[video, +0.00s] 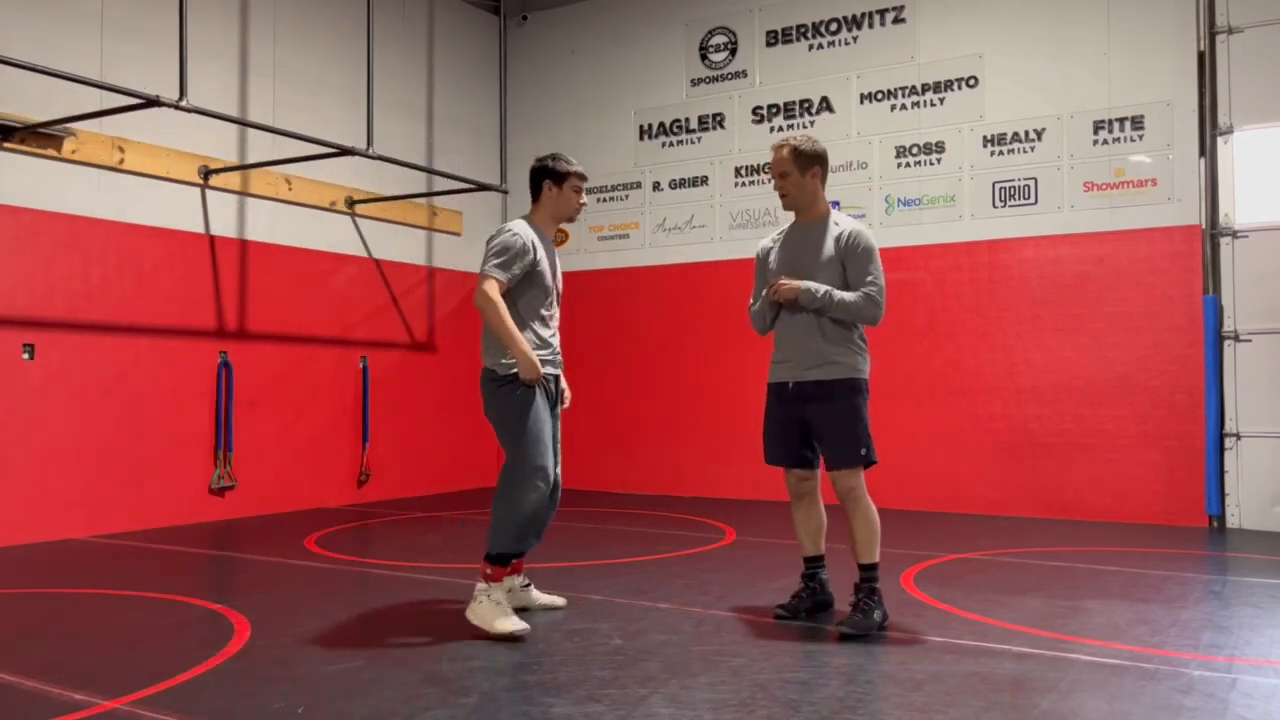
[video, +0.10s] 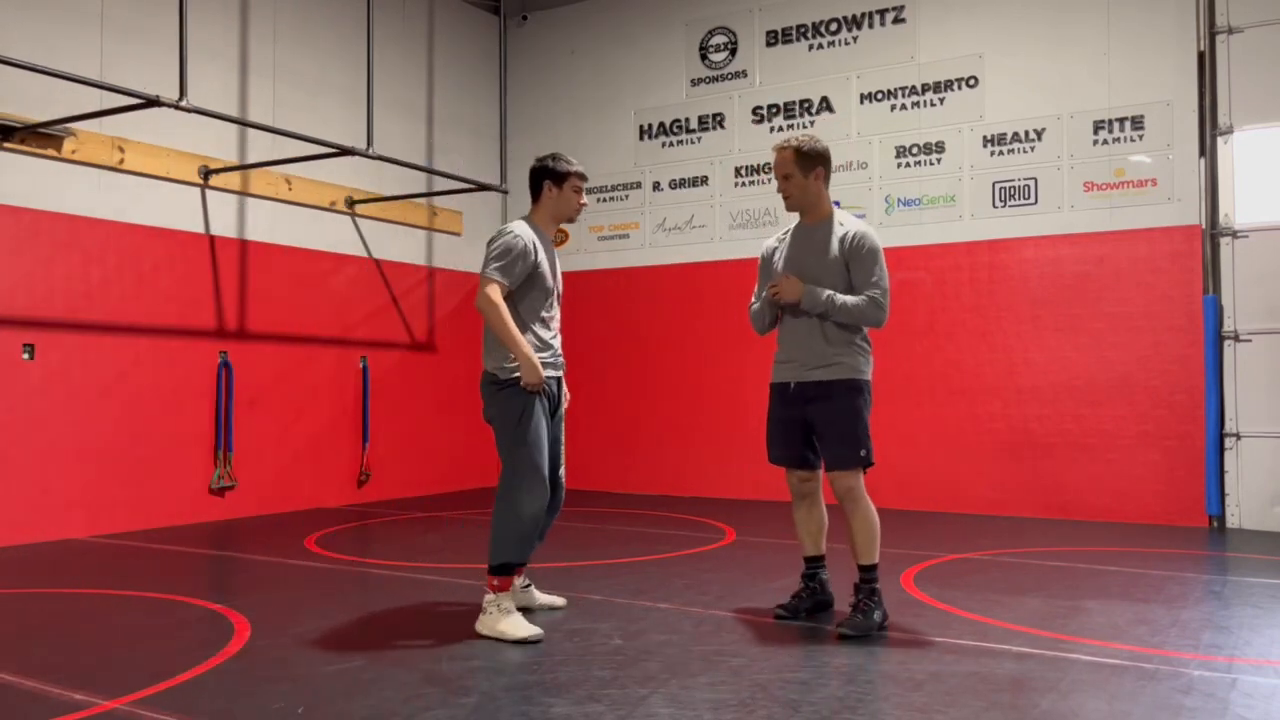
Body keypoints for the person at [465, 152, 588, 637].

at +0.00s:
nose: (583, 199)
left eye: (584, 192)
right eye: (577, 190)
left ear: (558, 193)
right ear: (548, 189)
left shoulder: (547, 249)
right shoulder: (516, 236)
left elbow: (543, 319)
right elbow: (486, 294)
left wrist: (558, 372)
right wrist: (521, 353)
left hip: (541, 381)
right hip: (515, 380)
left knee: (547, 480)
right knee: (530, 475)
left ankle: (511, 580)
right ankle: (487, 591)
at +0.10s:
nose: (584, 199)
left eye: (585, 192)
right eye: (577, 190)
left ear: (557, 194)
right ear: (547, 190)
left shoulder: (546, 248)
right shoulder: (515, 238)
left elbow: (544, 320)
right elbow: (488, 296)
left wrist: (560, 377)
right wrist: (524, 357)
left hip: (545, 385)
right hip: (517, 385)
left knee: (549, 486)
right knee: (525, 485)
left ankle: (513, 583)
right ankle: (494, 605)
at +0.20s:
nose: (583, 196)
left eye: (584, 188)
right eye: (576, 187)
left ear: (556, 191)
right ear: (546, 187)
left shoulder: (545, 246)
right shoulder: (514, 237)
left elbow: (541, 316)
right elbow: (489, 297)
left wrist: (557, 372)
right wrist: (526, 357)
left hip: (545, 383)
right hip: (517, 383)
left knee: (554, 487)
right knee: (528, 485)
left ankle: (514, 583)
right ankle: (496, 606)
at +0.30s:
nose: (584, 196)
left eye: (585, 188)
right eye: (577, 187)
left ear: (556, 190)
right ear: (546, 186)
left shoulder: (545, 244)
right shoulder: (513, 237)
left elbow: (543, 315)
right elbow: (490, 297)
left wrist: (559, 365)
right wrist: (525, 360)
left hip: (545, 383)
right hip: (514, 385)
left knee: (560, 488)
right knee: (528, 489)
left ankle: (517, 580)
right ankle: (495, 608)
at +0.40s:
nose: (586, 197)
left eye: (587, 188)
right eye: (579, 187)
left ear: (558, 191)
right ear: (548, 186)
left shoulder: (546, 246)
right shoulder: (514, 239)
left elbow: (543, 321)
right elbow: (490, 304)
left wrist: (559, 372)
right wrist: (523, 370)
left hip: (544, 386)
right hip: (510, 389)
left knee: (574, 480)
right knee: (527, 492)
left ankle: (527, 569)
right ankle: (496, 607)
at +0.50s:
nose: (591, 197)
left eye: (591, 189)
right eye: (584, 188)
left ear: (562, 191)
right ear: (554, 188)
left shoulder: (554, 246)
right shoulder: (515, 242)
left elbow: (542, 324)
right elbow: (492, 313)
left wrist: (558, 376)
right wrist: (520, 379)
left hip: (544, 385)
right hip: (506, 387)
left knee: (574, 482)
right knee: (524, 495)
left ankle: (545, 569)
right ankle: (496, 608)